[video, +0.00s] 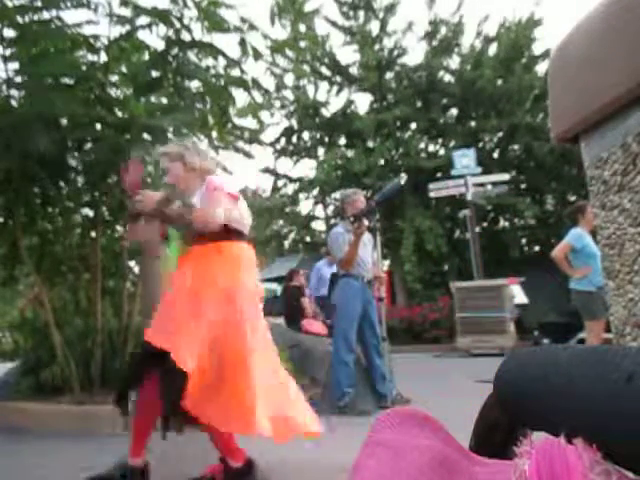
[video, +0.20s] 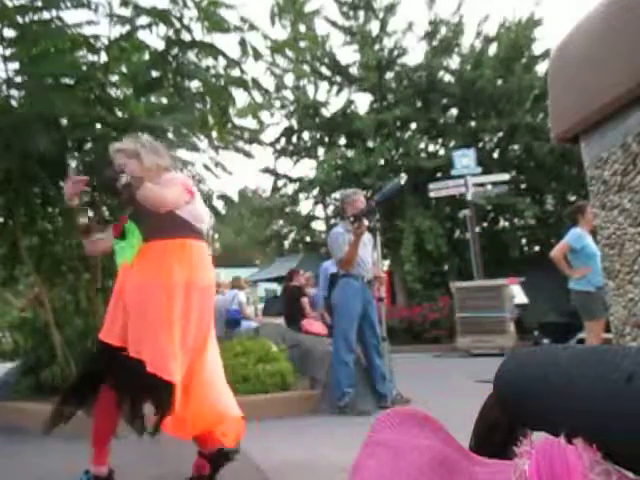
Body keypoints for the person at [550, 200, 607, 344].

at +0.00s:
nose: (594, 216)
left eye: (593, 212)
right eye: (590, 213)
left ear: (584, 216)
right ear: (582, 216)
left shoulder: (586, 236)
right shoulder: (577, 234)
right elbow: (557, 253)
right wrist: (571, 272)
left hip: (594, 287)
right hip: (585, 288)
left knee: (597, 334)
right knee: (595, 335)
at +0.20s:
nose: (593, 216)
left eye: (592, 212)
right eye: (590, 213)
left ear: (584, 216)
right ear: (581, 216)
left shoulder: (586, 235)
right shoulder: (576, 234)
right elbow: (556, 254)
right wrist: (570, 272)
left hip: (595, 287)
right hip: (584, 288)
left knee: (597, 334)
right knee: (594, 335)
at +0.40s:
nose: (593, 215)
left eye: (592, 211)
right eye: (590, 211)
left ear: (583, 216)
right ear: (580, 216)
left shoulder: (587, 235)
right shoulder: (576, 234)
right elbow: (555, 253)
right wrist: (569, 272)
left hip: (595, 286)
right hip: (583, 288)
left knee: (596, 336)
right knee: (593, 337)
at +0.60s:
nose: (593, 215)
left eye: (592, 211)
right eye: (589, 211)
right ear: (580, 215)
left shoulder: (587, 235)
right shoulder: (576, 234)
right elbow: (554, 253)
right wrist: (569, 272)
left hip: (595, 286)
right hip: (582, 288)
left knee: (596, 336)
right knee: (592, 337)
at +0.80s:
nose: (593, 215)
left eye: (592, 211)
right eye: (589, 211)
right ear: (579, 215)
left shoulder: (587, 235)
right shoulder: (576, 234)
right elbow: (554, 253)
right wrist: (568, 272)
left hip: (595, 286)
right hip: (582, 288)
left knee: (596, 336)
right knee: (592, 337)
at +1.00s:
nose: (594, 214)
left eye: (592, 210)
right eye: (589, 211)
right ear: (579, 215)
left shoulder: (587, 235)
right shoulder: (575, 234)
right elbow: (553, 254)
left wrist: (598, 278)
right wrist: (568, 273)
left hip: (594, 286)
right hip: (583, 288)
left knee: (598, 336)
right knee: (595, 336)